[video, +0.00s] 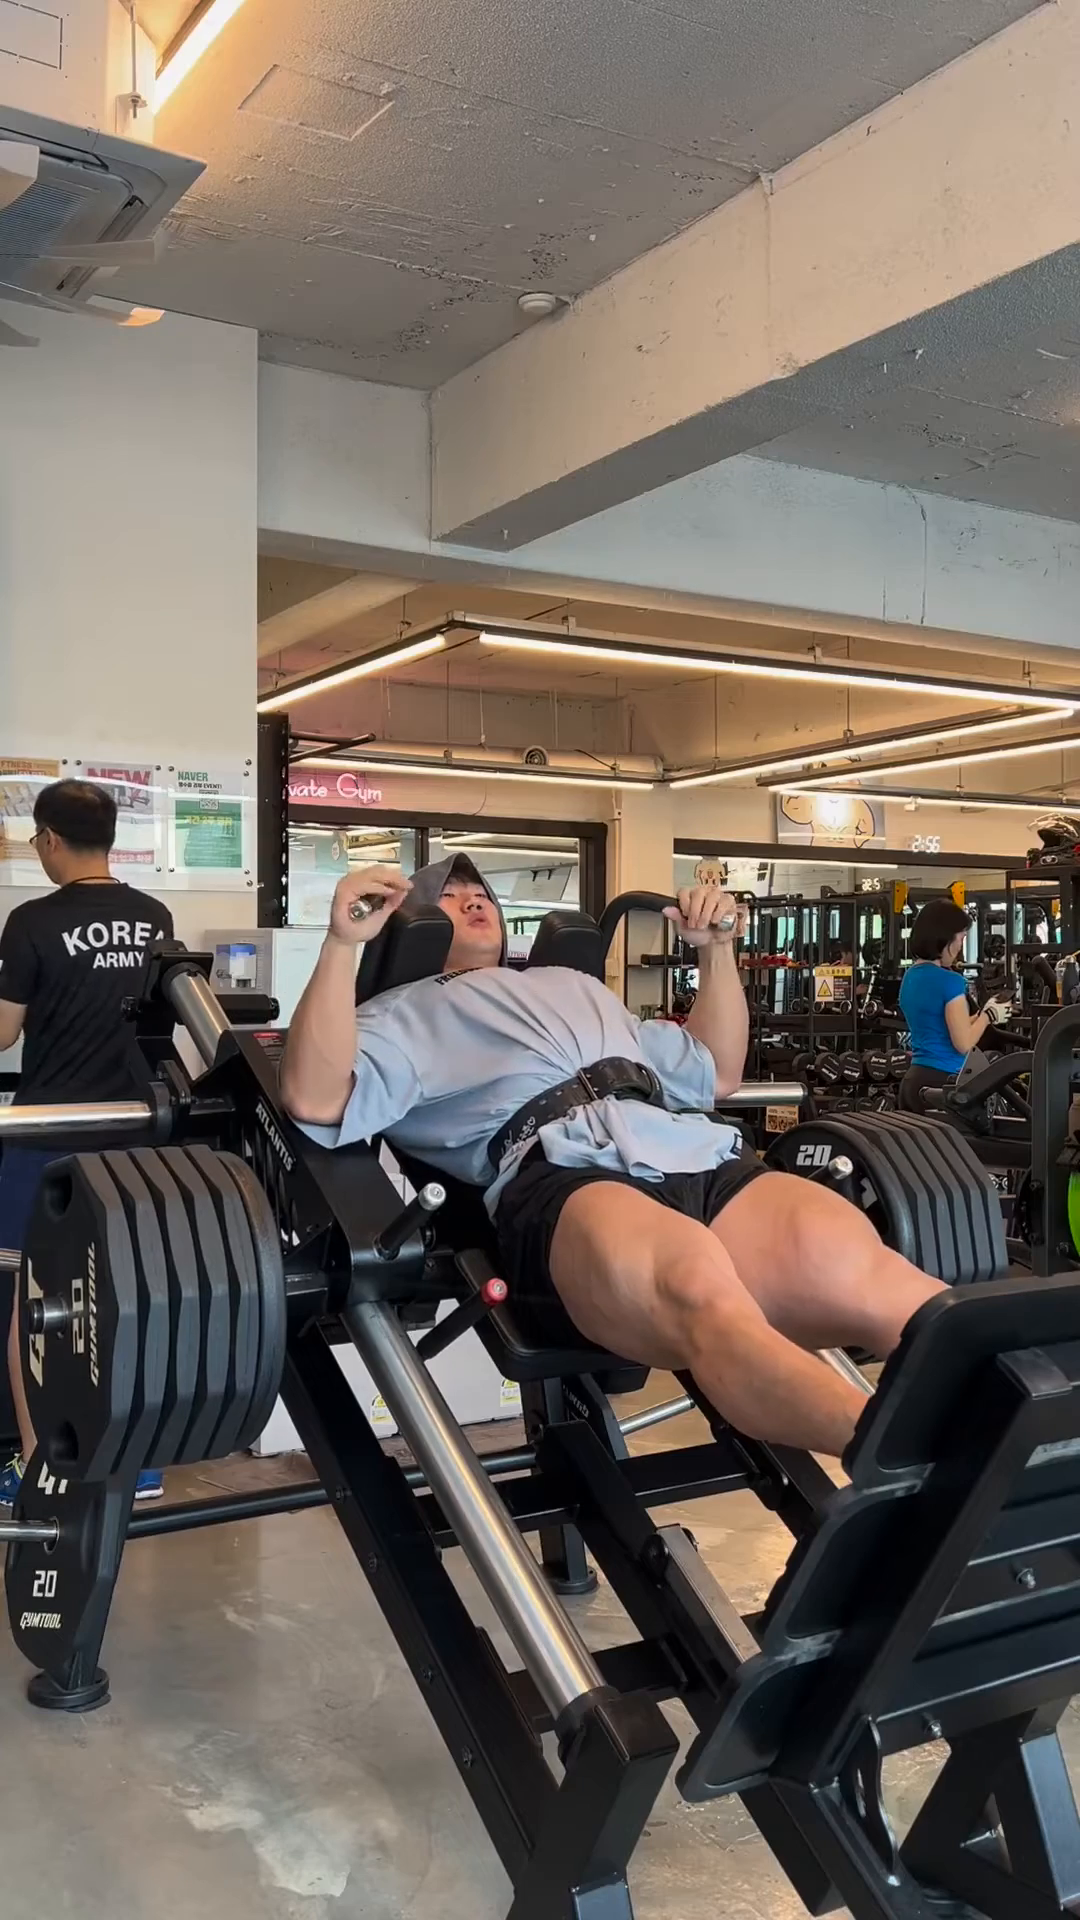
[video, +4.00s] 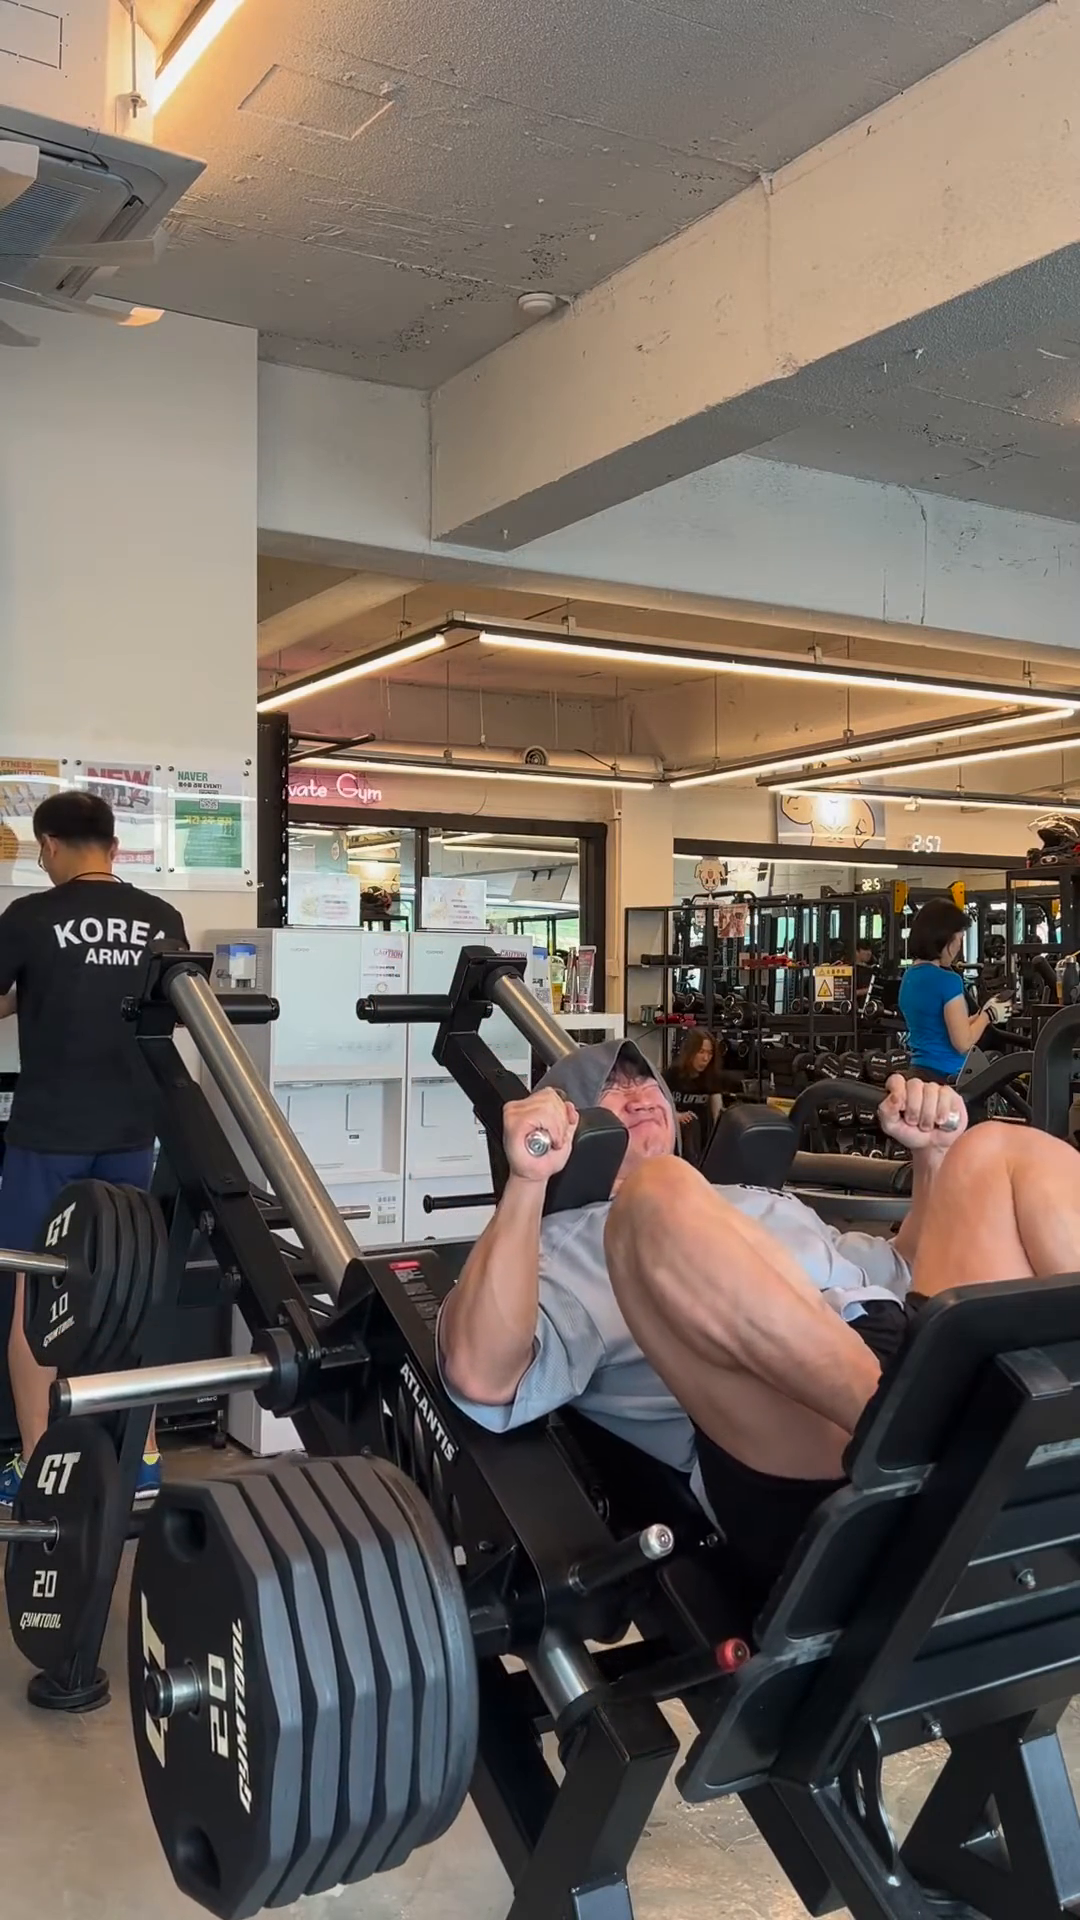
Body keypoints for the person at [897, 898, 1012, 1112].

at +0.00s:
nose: (961, 946)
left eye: (962, 939)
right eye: (960, 938)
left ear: (927, 935)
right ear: (945, 939)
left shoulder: (909, 978)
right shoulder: (950, 981)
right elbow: (963, 1043)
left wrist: (976, 1016)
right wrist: (990, 1015)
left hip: (915, 1076)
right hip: (948, 1081)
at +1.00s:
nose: (960, 948)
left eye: (960, 941)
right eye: (959, 940)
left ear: (925, 935)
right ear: (945, 940)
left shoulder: (908, 977)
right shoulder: (948, 981)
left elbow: (930, 1033)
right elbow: (963, 1043)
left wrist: (976, 1015)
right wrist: (989, 1014)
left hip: (915, 1076)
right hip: (948, 1082)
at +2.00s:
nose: (959, 947)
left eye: (960, 940)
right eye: (957, 940)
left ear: (923, 936)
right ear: (943, 940)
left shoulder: (907, 978)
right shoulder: (947, 981)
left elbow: (932, 1034)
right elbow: (961, 1044)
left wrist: (977, 1014)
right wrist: (987, 1015)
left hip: (913, 1079)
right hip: (946, 1084)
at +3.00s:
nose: (958, 947)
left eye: (959, 940)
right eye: (957, 939)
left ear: (923, 937)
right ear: (943, 940)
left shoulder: (908, 977)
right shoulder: (946, 980)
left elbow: (936, 1033)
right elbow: (962, 1043)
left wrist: (977, 1015)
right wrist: (987, 1014)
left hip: (918, 1073)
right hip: (947, 1079)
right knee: (996, 1059)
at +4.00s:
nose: (960, 946)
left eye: (961, 939)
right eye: (959, 939)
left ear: (925, 936)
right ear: (946, 940)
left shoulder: (909, 978)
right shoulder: (948, 981)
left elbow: (933, 1035)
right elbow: (963, 1042)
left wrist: (978, 1016)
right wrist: (988, 1015)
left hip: (918, 1074)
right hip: (948, 1080)